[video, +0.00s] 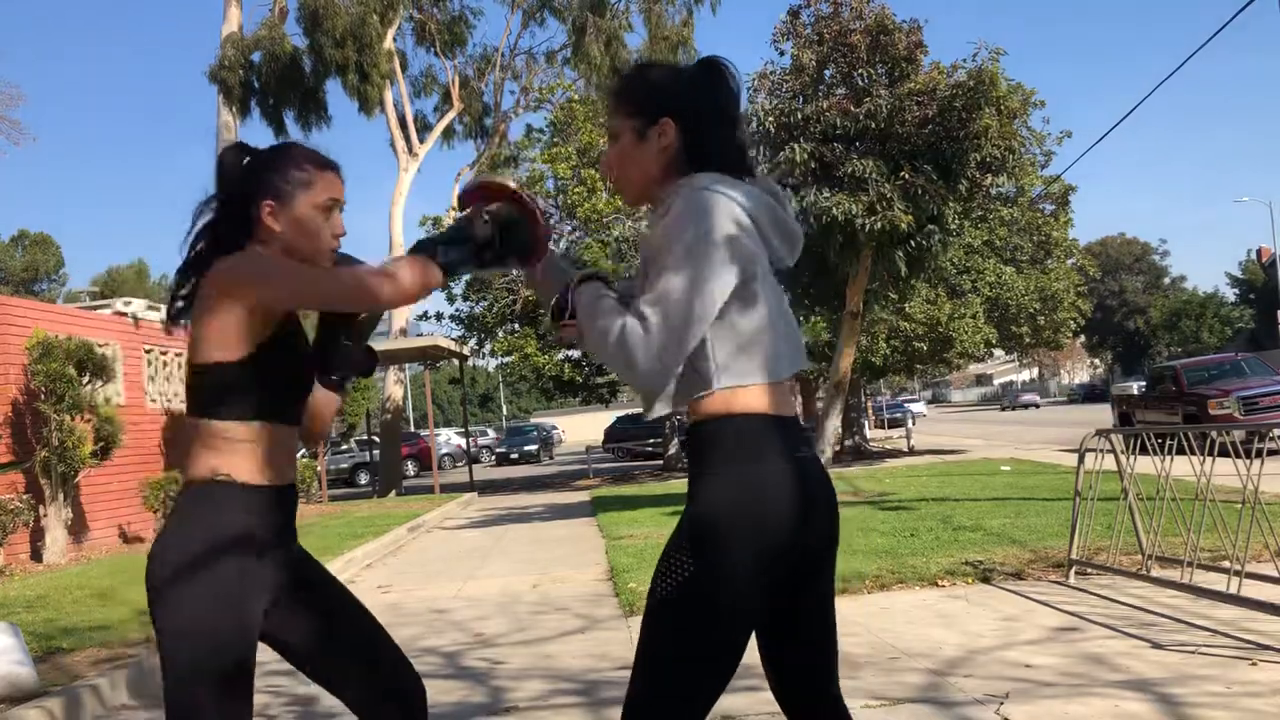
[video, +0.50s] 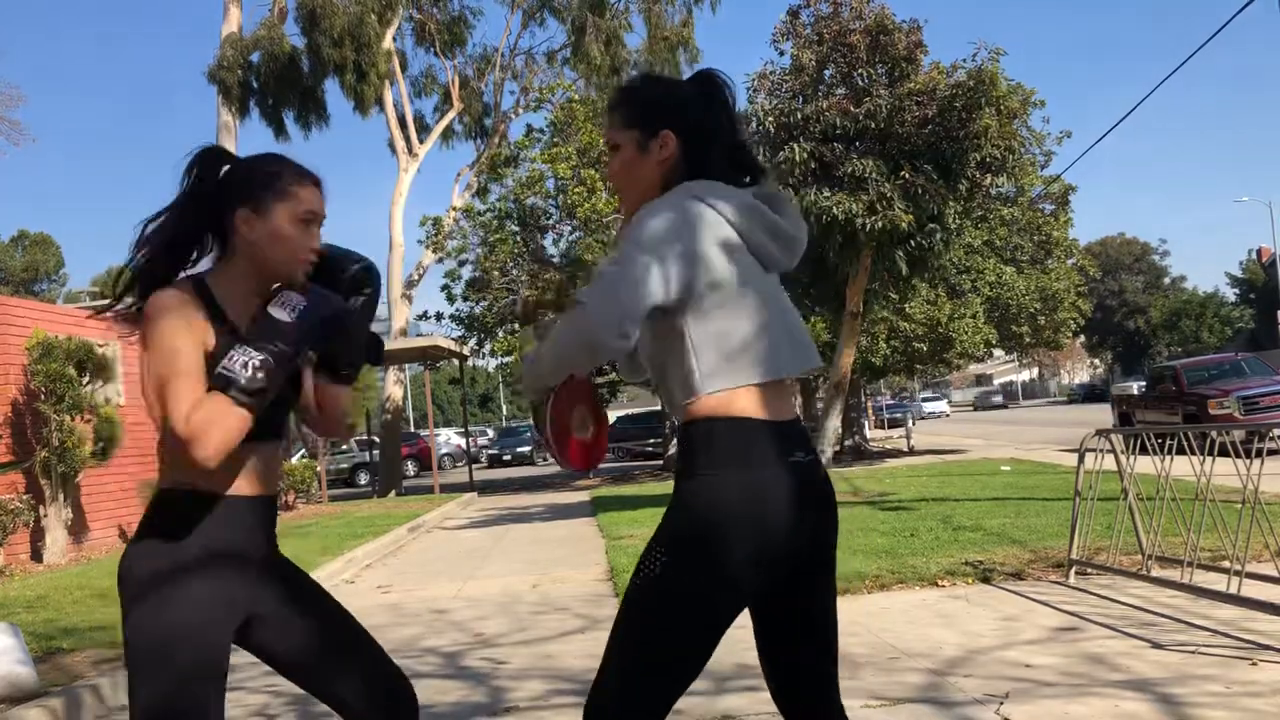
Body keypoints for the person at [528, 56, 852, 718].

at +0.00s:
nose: (605, 157)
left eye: (616, 137)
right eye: (608, 140)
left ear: (663, 138)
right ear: (665, 139)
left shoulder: (698, 210)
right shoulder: (727, 206)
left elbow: (647, 359)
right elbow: (645, 332)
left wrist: (576, 291)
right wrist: (545, 265)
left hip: (739, 484)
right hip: (791, 477)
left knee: (656, 708)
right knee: (814, 701)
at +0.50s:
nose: (606, 169)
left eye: (614, 149)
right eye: (606, 152)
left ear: (663, 148)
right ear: (665, 150)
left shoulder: (664, 222)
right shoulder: (730, 217)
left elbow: (598, 327)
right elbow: (670, 357)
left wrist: (533, 374)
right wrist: (597, 351)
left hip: (725, 486)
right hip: (798, 480)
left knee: (619, 705)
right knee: (812, 700)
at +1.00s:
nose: (614, 186)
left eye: (620, 168)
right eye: (611, 170)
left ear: (669, 155)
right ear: (672, 157)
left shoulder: (656, 226)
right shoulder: (758, 220)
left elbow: (537, 313)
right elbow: (709, 315)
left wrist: (584, 333)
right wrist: (620, 327)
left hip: (738, 490)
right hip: (820, 484)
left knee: (637, 707)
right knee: (824, 702)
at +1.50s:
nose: (625, 180)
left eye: (631, 160)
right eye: (624, 163)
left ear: (681, 153)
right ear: (683, 152)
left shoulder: (697, 226)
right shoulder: (772, 224)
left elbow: (623, 366)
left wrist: (529, 305)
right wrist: (555, 311)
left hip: (752, 501)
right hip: (817, 495)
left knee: (637, 707)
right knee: (818, 705)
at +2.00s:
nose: (609, 179)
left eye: (618, 159)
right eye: (609, 162)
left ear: (669, 155)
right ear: (674, 157)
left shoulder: (666, 225)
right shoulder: (750, 221)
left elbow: (583, 344)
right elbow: (699, 329)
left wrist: (504, 322)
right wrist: (609, 282)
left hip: (741, 489)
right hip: (812, 484)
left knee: (615, 701)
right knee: (810, 702)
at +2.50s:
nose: (569, 195)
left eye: (574, 179)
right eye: (566, 182)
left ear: (621, 167)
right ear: (635, 162)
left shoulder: (620, 230)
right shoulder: (731, 223)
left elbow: (436, 244)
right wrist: (596, 345)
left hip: (719, 493)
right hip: (801, 488)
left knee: (605, 705)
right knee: (815, 700)